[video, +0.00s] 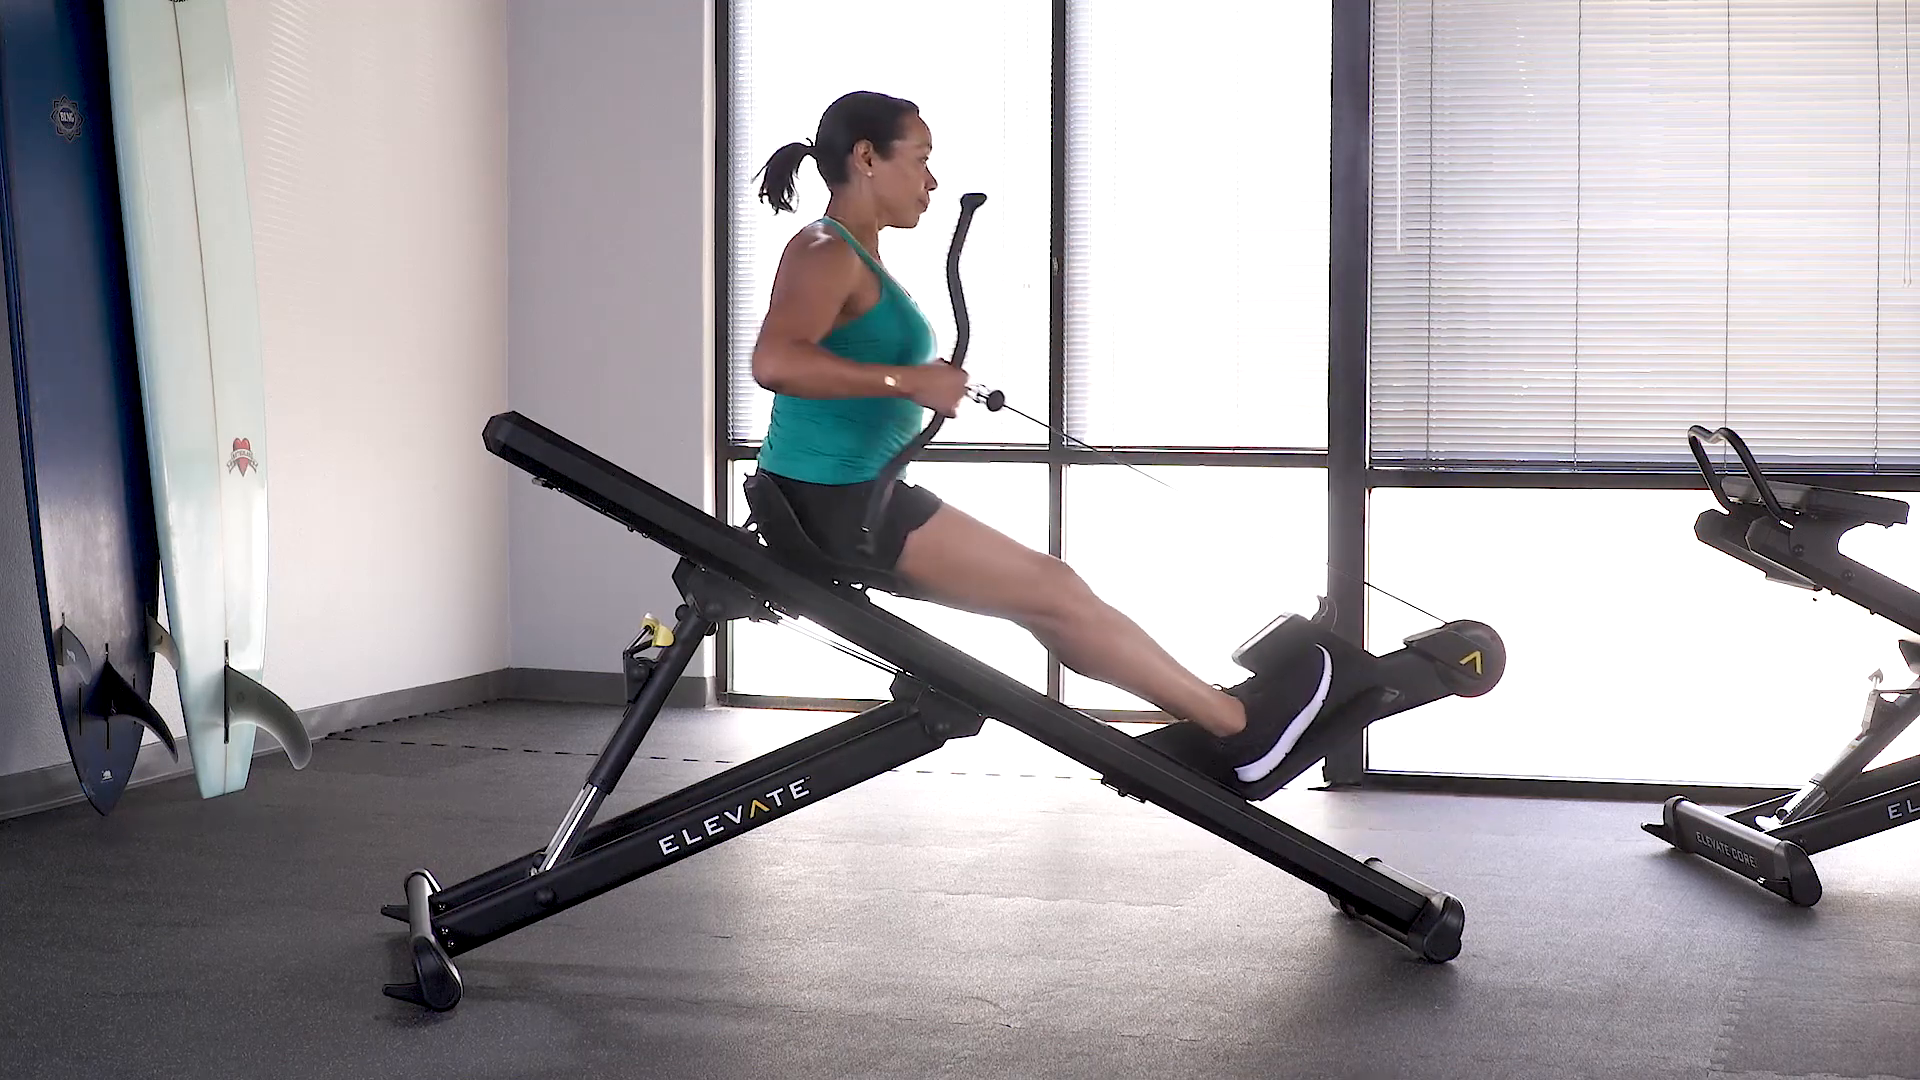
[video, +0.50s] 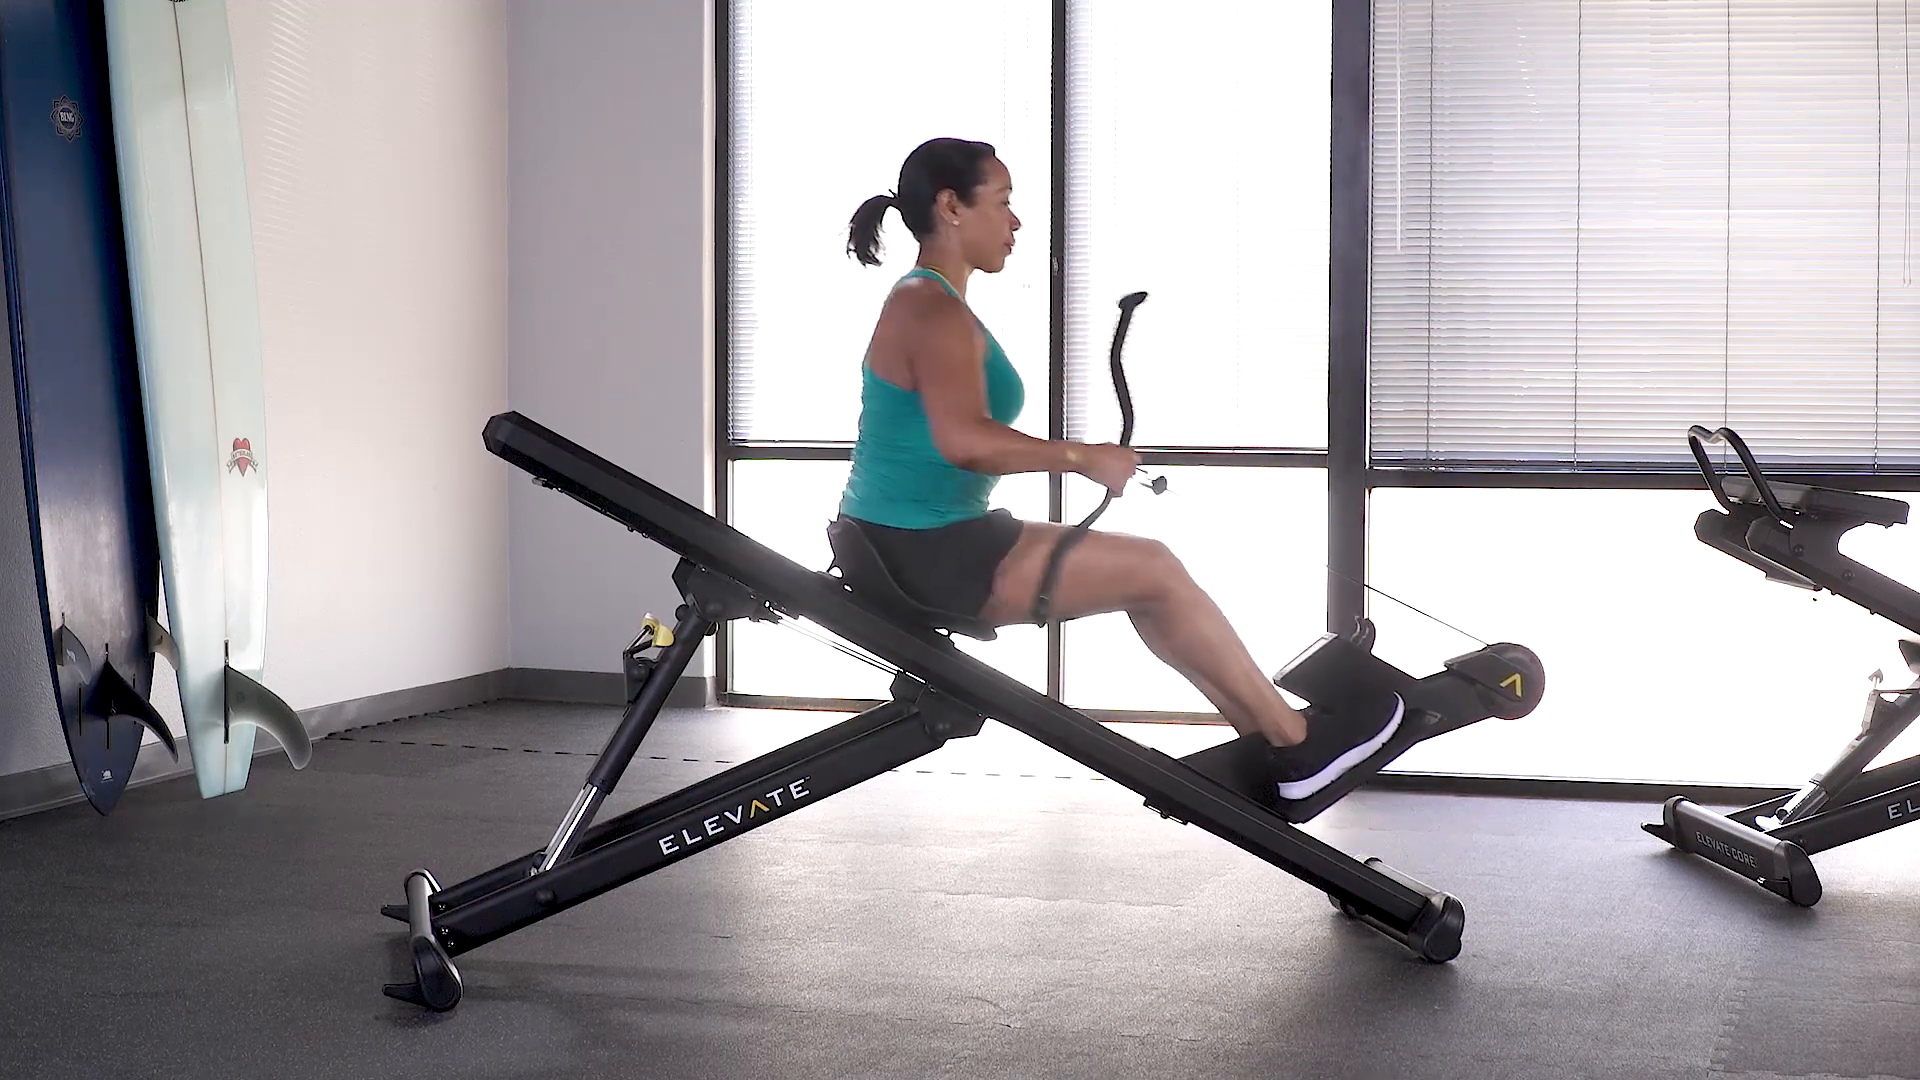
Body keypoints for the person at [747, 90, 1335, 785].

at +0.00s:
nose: (930, 178)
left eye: (928, 161)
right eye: (919, 159)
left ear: (869, 165)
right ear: (864, 162)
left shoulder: (852, 253)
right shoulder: (823, 252)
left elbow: (810, 361)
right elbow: (773, 361)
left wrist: (916, 379)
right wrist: (904, 382)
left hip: (851, 491)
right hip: (830, 499)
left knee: (1052, 588)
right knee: (1051, 592)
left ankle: (1225, 716)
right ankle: (1232, 721)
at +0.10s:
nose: (918, 178)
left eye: (918, 160)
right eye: (909, 158)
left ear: (853, 158)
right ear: (857, 156)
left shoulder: (844, 244)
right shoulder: (815, 249)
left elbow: (763, 340)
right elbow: (727, 346)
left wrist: (879, 364)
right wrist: (859, 367)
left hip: (840, 485)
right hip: (818, 493)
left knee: (1044, 580)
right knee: (1045, 584)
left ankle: (1210, 710)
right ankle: (1223, 716)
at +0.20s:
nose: (922, 180)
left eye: (921, 162)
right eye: (912, 161)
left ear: (858, 162)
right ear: (859, 159)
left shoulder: (847, 249)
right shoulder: (818, 257)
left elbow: (771, 353)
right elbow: (733, 357)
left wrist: (887, 365)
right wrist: (865, 369)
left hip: (843, 490)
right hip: (823, 498)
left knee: (1051, 581)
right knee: (1054, 581)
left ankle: (1218, 711)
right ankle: (1229, 718)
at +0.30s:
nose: (937, 189)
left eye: (935, 171)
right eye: (927, 170)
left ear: (877, 173)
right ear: (874, 171)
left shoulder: (862, 261)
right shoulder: (835, 266)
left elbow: (822, 377)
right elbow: (790, 380)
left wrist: (929, 388)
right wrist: (919, 387)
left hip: (862, 500)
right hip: (840, 511)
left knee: (1073, 578)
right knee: (1076, 578)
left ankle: (1232, 712)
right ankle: (1242, 721)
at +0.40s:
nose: (970, 203)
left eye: (967, 185)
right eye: (958, 184)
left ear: (909, 190)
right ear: (905, 187)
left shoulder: (898, 285)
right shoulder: (874, 283)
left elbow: (887, 409)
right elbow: (867, 408)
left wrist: (996, 422)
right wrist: (993, 418)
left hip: (885, 522)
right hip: (872, 527)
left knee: (1106, 577)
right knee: (1109, 573)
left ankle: (1257, 722)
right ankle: (1269, 730)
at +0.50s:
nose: (1016, 219)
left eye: (1010, 201)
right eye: (1002, 202)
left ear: (951, 212)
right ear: (950, 209)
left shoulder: (933, 304)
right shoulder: (933, 311)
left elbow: (965, 438)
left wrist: (1069, 455)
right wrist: (1081, 457)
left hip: (915, 541)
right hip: (917, 550)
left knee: (1146, 575)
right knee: (1154, 569)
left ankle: (1270, 727)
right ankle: (1295, 741)